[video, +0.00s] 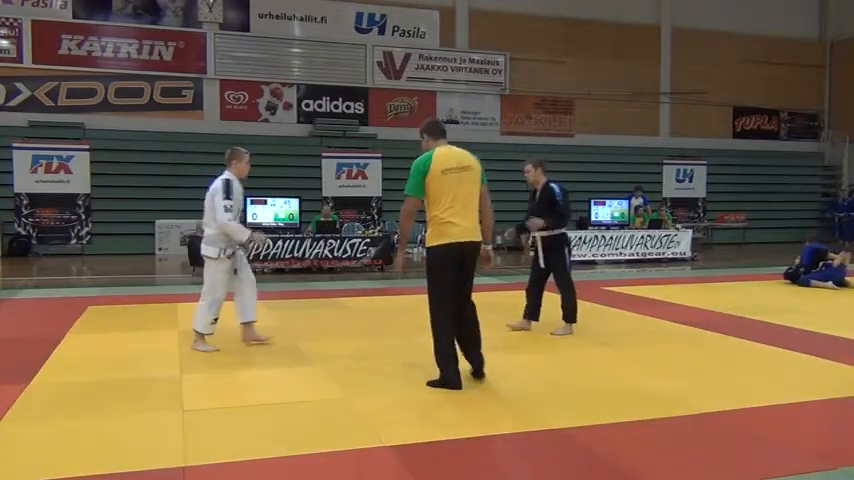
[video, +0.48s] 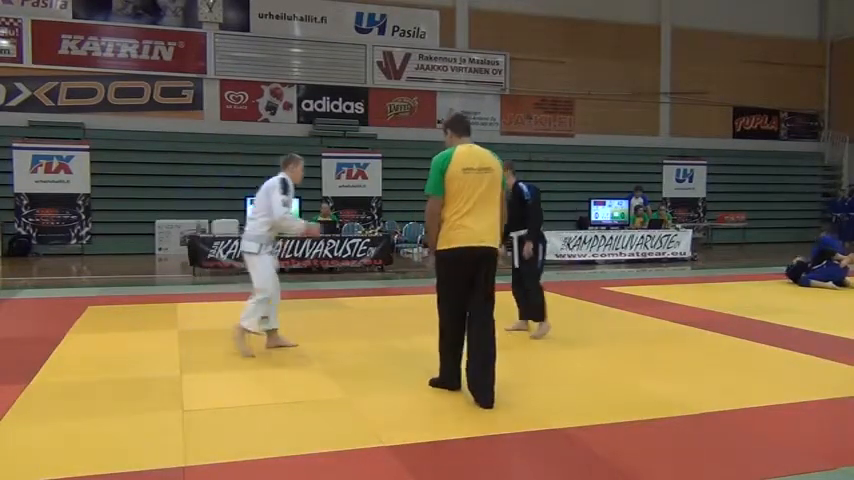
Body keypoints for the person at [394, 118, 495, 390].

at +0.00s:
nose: (420, 145)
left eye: (421, 141)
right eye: (421, 142)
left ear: (426, 139)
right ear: (445, 137)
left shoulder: (424, 162)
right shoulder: (472, 159)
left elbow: (410, 208)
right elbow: (486, 205)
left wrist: (402, 249)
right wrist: (488, 242)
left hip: (441, 245)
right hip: (471, 243)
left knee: (441, 310)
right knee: (463, 302)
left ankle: (449, 375)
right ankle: (476, 362)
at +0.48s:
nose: (444, 140)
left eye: (444, 136)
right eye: (445, 136)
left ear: (449, 134)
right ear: (469, 133)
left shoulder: (443, 159)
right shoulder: (494, 160)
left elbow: (434, 206)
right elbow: (502, 205)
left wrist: (432, 245)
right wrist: (497, 239)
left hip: (453, 249)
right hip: (487, 249)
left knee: (451, 314)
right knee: (483, 317)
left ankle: (450, 377)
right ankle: (484, 392)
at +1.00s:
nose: (444, 132)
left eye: (444, 128)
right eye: (446, 127)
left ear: (450, 127)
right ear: (472, 127)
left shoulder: (438, 153)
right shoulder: (498, 156)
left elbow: (423, 206)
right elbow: (512, 206)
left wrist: (420, 250)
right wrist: (514, 251)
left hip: (447, 250)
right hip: (485, 252)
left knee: (439, 324)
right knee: (480, 322)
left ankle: (433, 405)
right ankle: (484, 395)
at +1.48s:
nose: (418, 127)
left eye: (418, 123)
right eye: (420, 122)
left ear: (422, 122)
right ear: (448, 119)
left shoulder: (410, 152)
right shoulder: (475, 148)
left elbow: (396, 210)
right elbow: (490, 201)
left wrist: (396, 255)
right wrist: (489, 249)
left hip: (427, 251)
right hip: (468, 251)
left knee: (427, 332)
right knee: (469, 325)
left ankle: (432, 411)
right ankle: (479, 405)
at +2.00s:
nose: (434, 123)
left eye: (434, 118)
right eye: (439, 118)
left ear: (437, 118)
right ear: (464, 117)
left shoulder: (426, 148)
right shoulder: (490, 150)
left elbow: (411, 210)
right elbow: (502, 207)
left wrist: (410, 255)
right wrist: (492, 252)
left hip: (434, 256)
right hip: (475, 257)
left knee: (431, 337)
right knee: (472, 338)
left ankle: (430, 413)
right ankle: (474, 425)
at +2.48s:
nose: (417, 122)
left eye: (417, 116)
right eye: (420, 116)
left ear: (422, 115)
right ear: (450, 115)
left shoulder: (408, 145)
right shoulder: (476, 150)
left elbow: (391, 206)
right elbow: (490, 210)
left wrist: (388, 255)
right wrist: (491, 261)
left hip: (413, 259)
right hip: (458, 260)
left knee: (398, 344)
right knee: (461, 343)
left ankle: (378, 437)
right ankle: (475, 428)